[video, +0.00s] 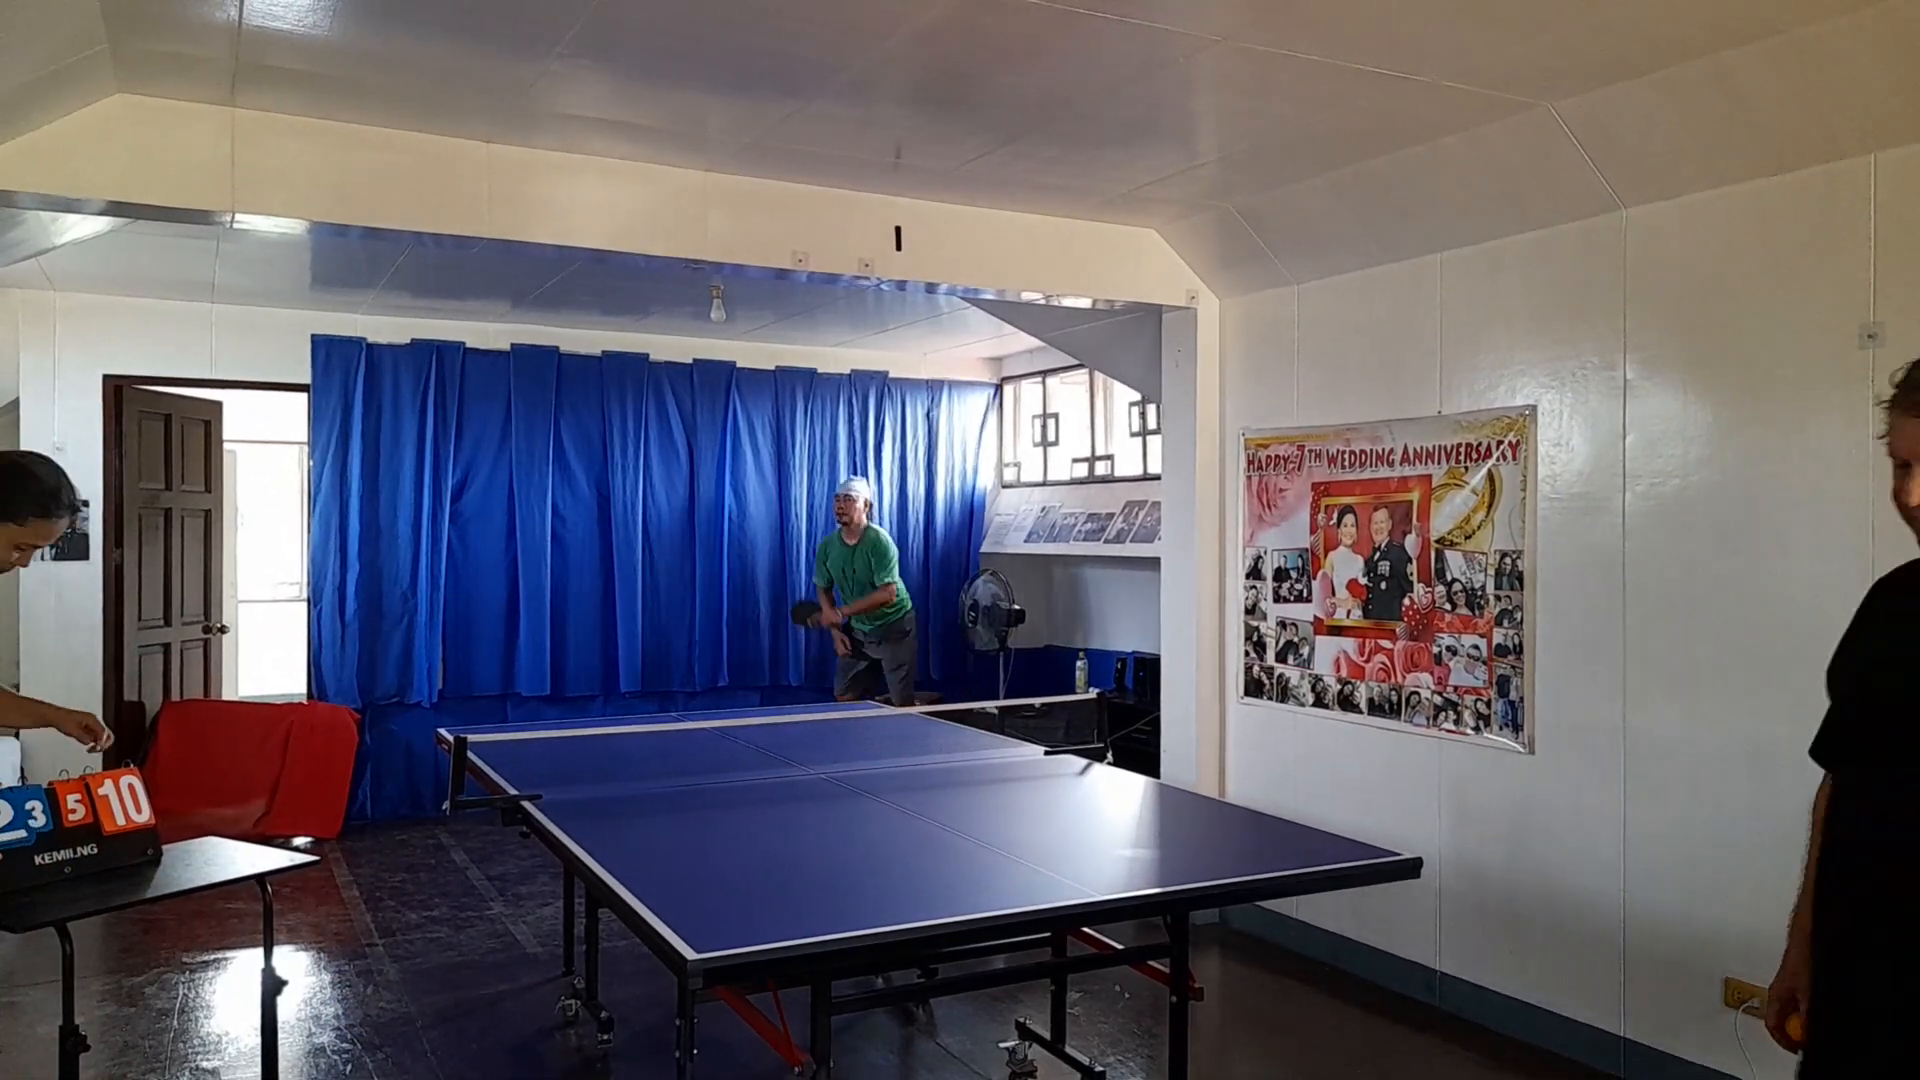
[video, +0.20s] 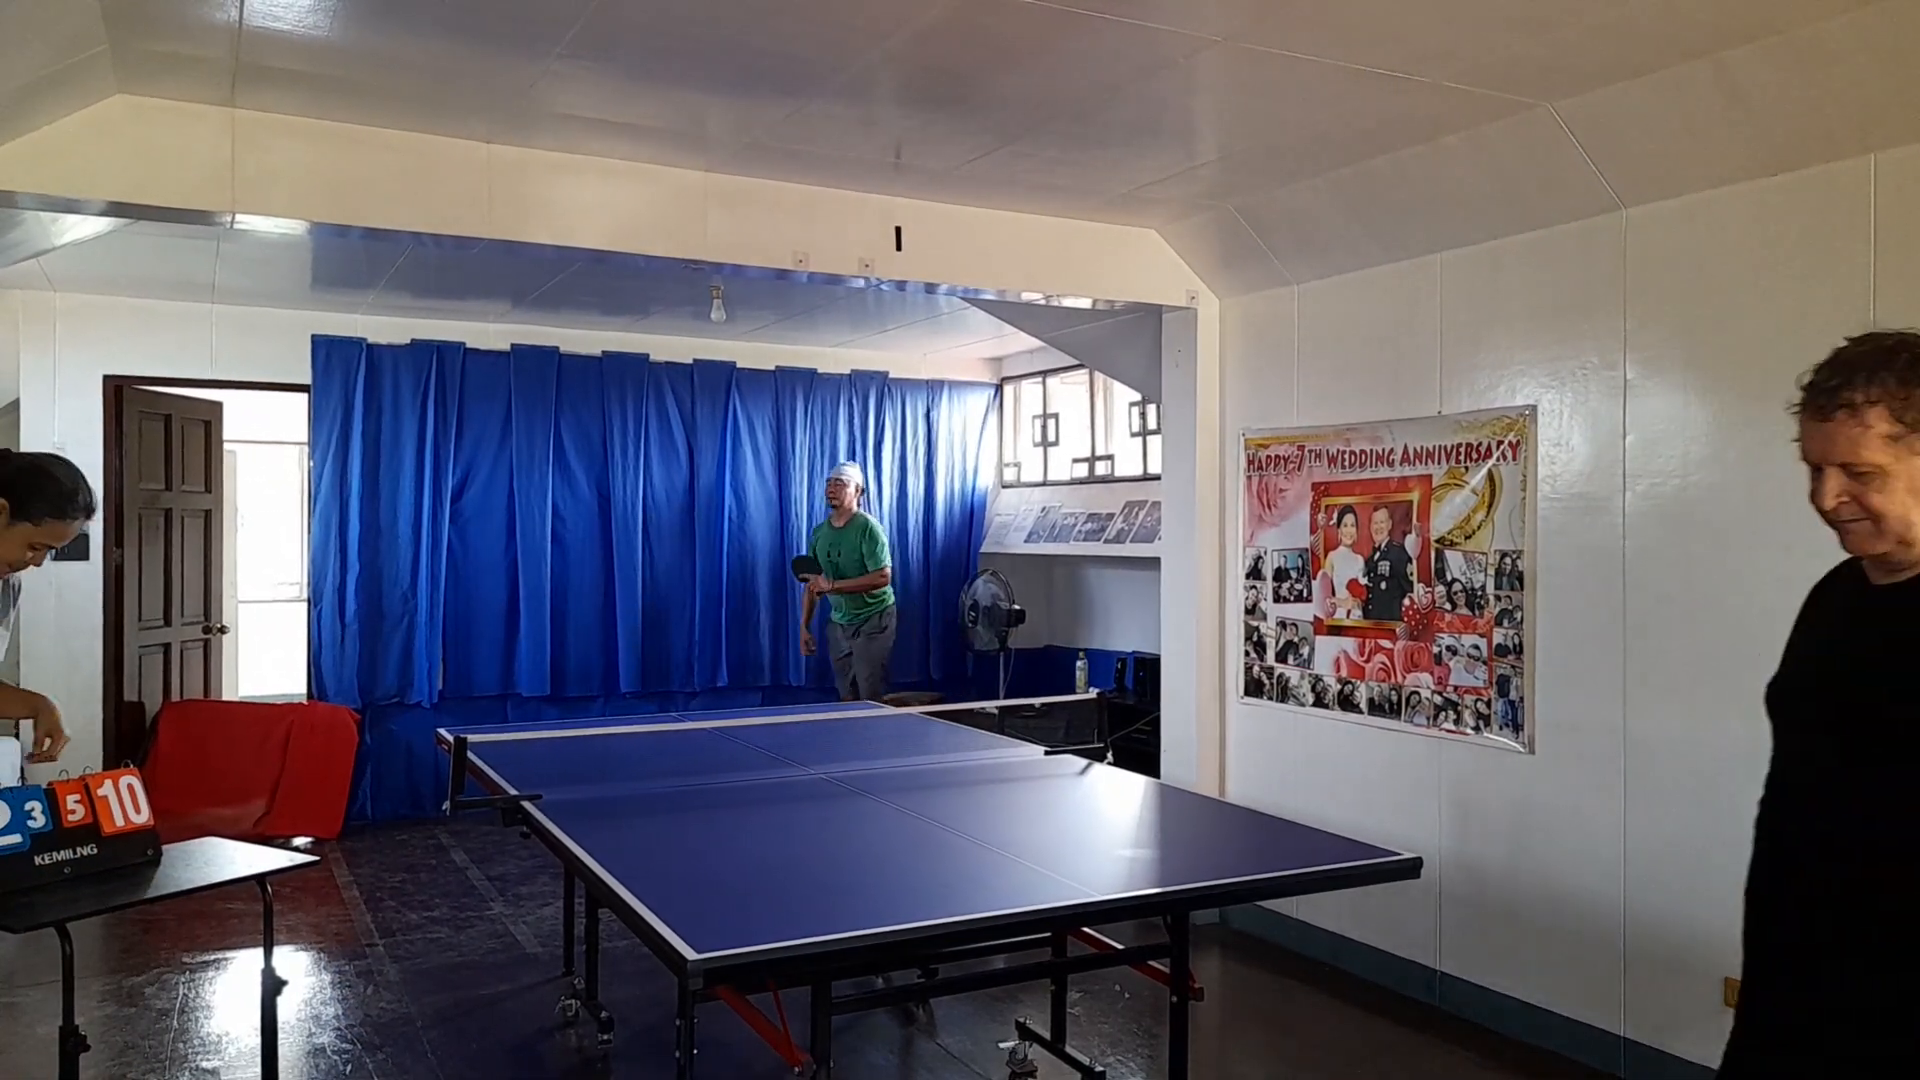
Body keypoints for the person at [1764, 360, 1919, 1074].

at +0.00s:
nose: (1909, 492)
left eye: (1919, 467)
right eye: (1901, 467)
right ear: (1890, 466)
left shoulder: (1894, 600)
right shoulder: (1893, 600)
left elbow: (1837, 788)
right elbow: (1840, 787)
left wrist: (1801, 955)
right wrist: (1801, 948)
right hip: (1869, 986)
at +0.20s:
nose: (1825, 499)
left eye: (1857, 473)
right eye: (1816, 471)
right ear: (1808, 465)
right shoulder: (1836, 603)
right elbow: (1789, 820)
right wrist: (1763, 999)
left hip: (1909, 1008)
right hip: (1808, 1001)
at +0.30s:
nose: (1781, 504)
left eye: (1811, 478)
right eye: (1771, 475)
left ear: (1906, 463)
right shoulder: (1800, 601)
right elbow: (1759, 814)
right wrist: (1737, 1000)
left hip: (1886, 1030)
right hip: (1765, 1009)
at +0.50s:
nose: (1666, 508)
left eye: (1696, 484)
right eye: (1660, 481)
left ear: (1791, 473)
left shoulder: (1897, 613)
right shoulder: (1693, 610)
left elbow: (1918, 862)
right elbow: (1674, 825)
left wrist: (1827, 1056)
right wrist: (1651, 1011)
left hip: (1806, 1050)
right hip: (1669, 1026)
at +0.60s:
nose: (1599, 501)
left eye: (1623, 477)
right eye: (1597, 475)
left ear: (1719, 473)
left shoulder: (1844, 623)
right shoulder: (1632, 620)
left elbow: (1892, 864)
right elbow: (1604, 831)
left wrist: (1812, 1068)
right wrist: (1586, 1021)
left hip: (1761, 1049)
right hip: (1613, 1031)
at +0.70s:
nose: (1532, 487)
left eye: (1554, 464)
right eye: (1536, 463)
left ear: (1644, 470)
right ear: (1641, 471)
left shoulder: (1784, 620)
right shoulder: (1567, 622)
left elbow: (1842, 860)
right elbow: (1544, 833)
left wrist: (1821, 1067)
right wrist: (1531, 1019)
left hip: (1708, 1043)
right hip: (1551, 1029)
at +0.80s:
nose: (1478, 483)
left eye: (1498, 460)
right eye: (1480, 459)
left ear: (1584, 467)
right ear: (1579, 470)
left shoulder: (1732, 622)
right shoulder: (1515, 619)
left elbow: (1805, 861)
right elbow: (1480, 825)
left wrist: (1824, 1063)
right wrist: (1429, 980)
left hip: (1658, 1048)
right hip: (1497, 1036)